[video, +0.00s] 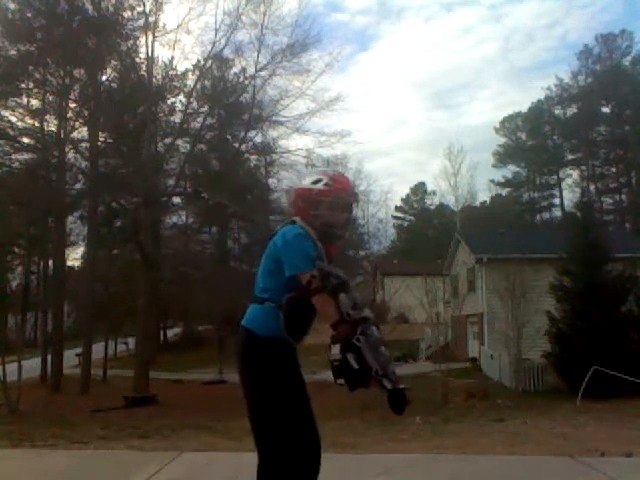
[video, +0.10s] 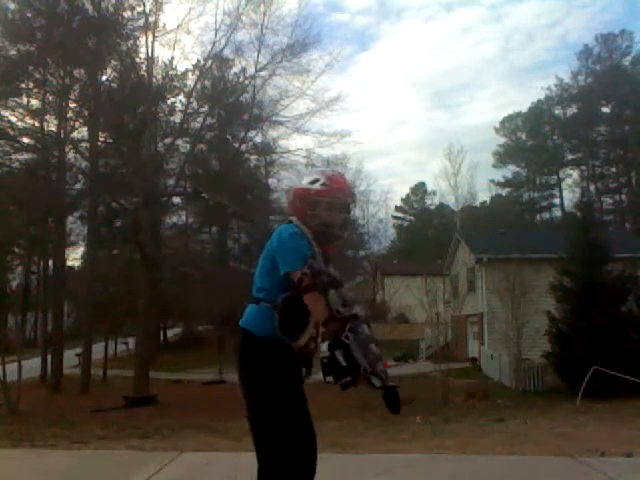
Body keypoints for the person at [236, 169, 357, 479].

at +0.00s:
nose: (342, 217)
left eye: (346, 209)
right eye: (335, 208)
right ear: (314, 208)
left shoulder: (309, 241)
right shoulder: (295, 237)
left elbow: (323, 288)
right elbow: (318, 294)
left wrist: (345, 324)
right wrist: (340, 327)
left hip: (278, 342)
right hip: (264, 342)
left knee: (297, 442)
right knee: (295, 444)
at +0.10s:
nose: (340, 218)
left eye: (344, 210)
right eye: (333, 208)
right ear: (312, 208)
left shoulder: (308, 241)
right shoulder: (290, 236)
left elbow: (321, 290)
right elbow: (312, 296)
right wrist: (331, 328)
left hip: (281, 343)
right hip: (263, 343)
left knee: (295, 443)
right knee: (292, 444)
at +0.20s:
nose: (333, 218)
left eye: (337, 211)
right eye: (327, 209)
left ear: (340, 212)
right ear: (306, 208)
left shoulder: (306, 242)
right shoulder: (284, 237)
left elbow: (322, 287)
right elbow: (292, 293)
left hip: (283, 340)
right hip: (262, 340)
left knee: (291, 428)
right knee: (277, 430)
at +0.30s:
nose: (326, 216)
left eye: (331, 209)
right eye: (320, 207)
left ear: (334, 211)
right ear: (300, 207)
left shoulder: (320, 243)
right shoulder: (274, 238)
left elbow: (336, 288)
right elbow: (277, 296)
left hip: (294, 340)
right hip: (259, 340)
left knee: (295, 427)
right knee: (271, 429)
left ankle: (296, 475)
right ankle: (275, 476)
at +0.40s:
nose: (316, 217)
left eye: (323, 210)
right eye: (308, 208)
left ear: (330, 213)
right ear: (291, 209)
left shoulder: (327, 248)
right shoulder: (267, 243)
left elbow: (361, 288)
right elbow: (264, 298)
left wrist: (384, 334)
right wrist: (265, 361)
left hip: (298, 351)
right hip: (261, 352)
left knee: (298, 437)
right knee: (272, 439)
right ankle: (273, 475)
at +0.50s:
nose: (308, 218)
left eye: (314, 210)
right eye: (300, 209)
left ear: (322, 212)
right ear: (280, 210)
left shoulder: (327, 250)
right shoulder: (257, 246)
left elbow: (370, 281)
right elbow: (236, 293)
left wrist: (396, 329)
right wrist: (225, 346)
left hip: (302, 352)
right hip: (261, 353)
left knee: (299, 439)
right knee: (269, 439)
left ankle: (297, 474)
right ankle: (271, 475)